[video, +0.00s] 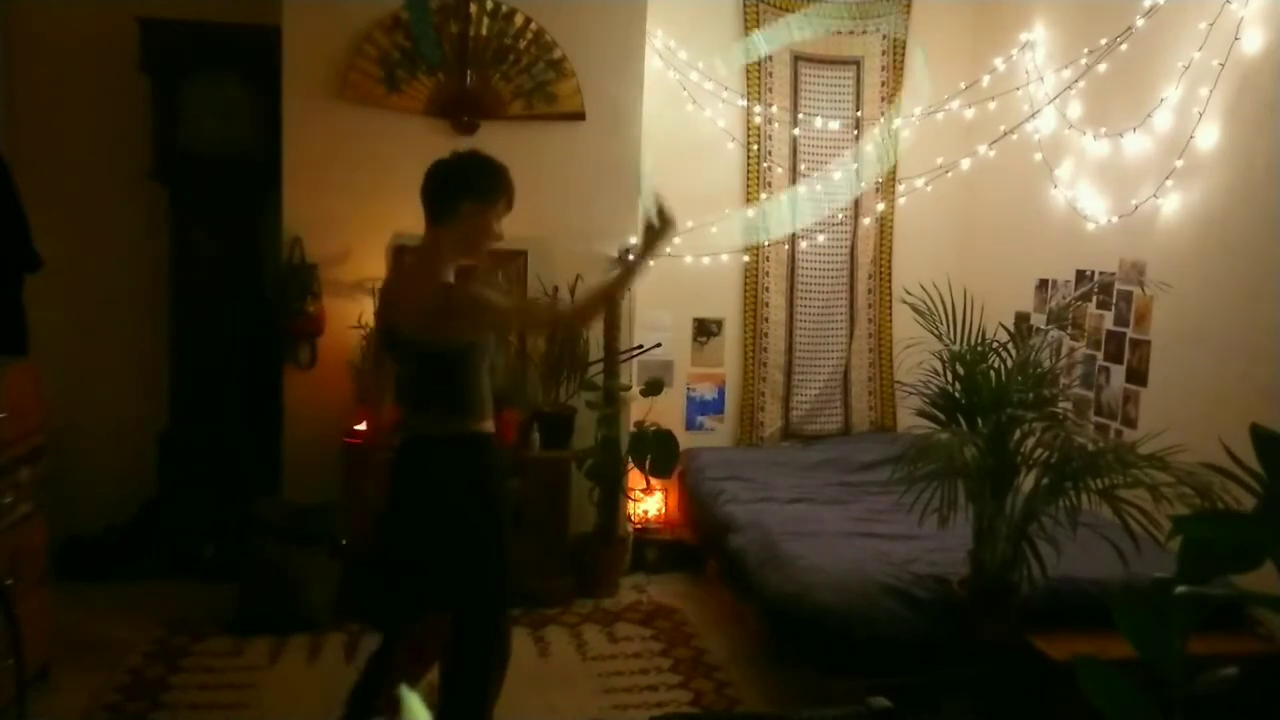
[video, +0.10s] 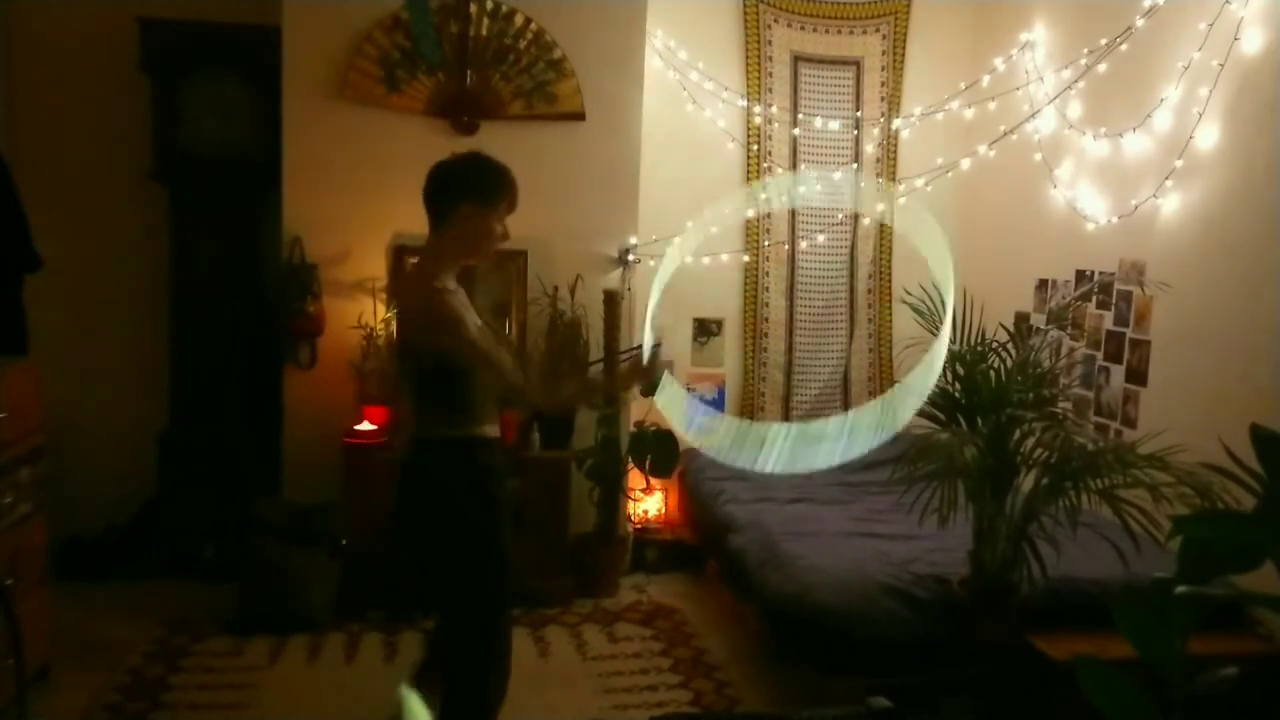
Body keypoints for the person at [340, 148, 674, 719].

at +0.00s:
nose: (500, 229)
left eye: (501, 215)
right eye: (495, 213)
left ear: (445, 210)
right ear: (462, 210)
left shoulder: (414, 284)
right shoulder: (437, 287)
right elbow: (563, 320)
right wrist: (641, 256)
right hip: (451, 469)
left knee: (414, 626)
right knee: (478, 633)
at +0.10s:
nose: (506, 231)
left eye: (506, 216)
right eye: (499, 215)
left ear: (459, 215)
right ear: (461, 212)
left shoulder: (438, 290)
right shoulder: (436, 297)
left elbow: (506, 380)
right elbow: (519, 389)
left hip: (459, 475)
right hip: (455, 479)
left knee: (461, 635)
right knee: (479, 649)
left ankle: (421, 706)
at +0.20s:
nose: (507, 224)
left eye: (506, 210)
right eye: (496, 210)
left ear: (466, 216)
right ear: (458, 213)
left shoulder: (465, 290)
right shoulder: (436, 300)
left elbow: (480, 403)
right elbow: (448, 425)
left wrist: (533, 426)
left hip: (476, 477)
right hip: (451, 485)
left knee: (485, 654)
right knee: (475, 664)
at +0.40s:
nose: (487, 207)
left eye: (492, 194)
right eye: (472, 196)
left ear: (499, 201)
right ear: (442, 204)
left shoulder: (495, 278)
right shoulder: (425, 284)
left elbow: (498, 360)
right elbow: (390, 380)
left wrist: (546, 413)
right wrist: (464, 382)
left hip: (491, 452)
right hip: (447, 461)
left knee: (490, 602)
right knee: (477, 607)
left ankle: (473, 705)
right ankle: (466, 708)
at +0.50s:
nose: (478, 194)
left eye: (482, 180)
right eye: (463, 181)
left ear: (488, 186)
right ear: (438, 190)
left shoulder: (492, 274)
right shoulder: (420, 273)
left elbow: (518, 356)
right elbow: (371, 333)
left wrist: (581, 405)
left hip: (493, 456)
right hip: (446, 459)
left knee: (489, 612)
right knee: (485, 615)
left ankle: (458, 706)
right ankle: (456, 708)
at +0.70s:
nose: (477, 204)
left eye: (485, 191)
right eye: (461, 191)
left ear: (497, 200)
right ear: (431, 200)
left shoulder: (497, 283)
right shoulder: (415, 283)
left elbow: (533, 359)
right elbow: (349, 242)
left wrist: (613, 401)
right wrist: (441, 257)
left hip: (512, 455)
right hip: (451, 466)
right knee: (496, 639)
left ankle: (611, 577)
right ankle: (454, 714)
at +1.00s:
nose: (495, 212)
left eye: (499, 198)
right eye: (485, 199)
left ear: (498, 204)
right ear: (450, 201)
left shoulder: (491, 281)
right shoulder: (422, 281)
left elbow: (517, 367)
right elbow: (397, 215)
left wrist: (577, 407)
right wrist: (478, 231)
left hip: (517, 451)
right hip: (461, 468)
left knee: (631, 459)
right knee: (505, 638)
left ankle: (607, 568)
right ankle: (462, 714)